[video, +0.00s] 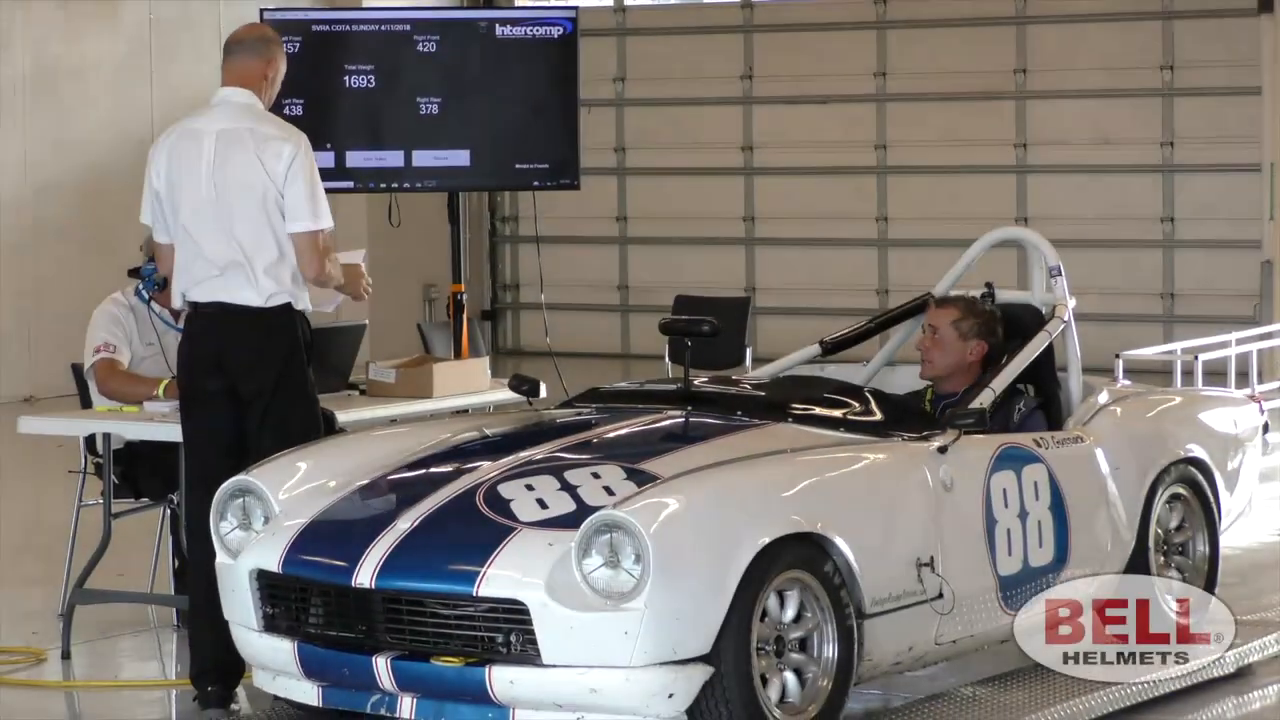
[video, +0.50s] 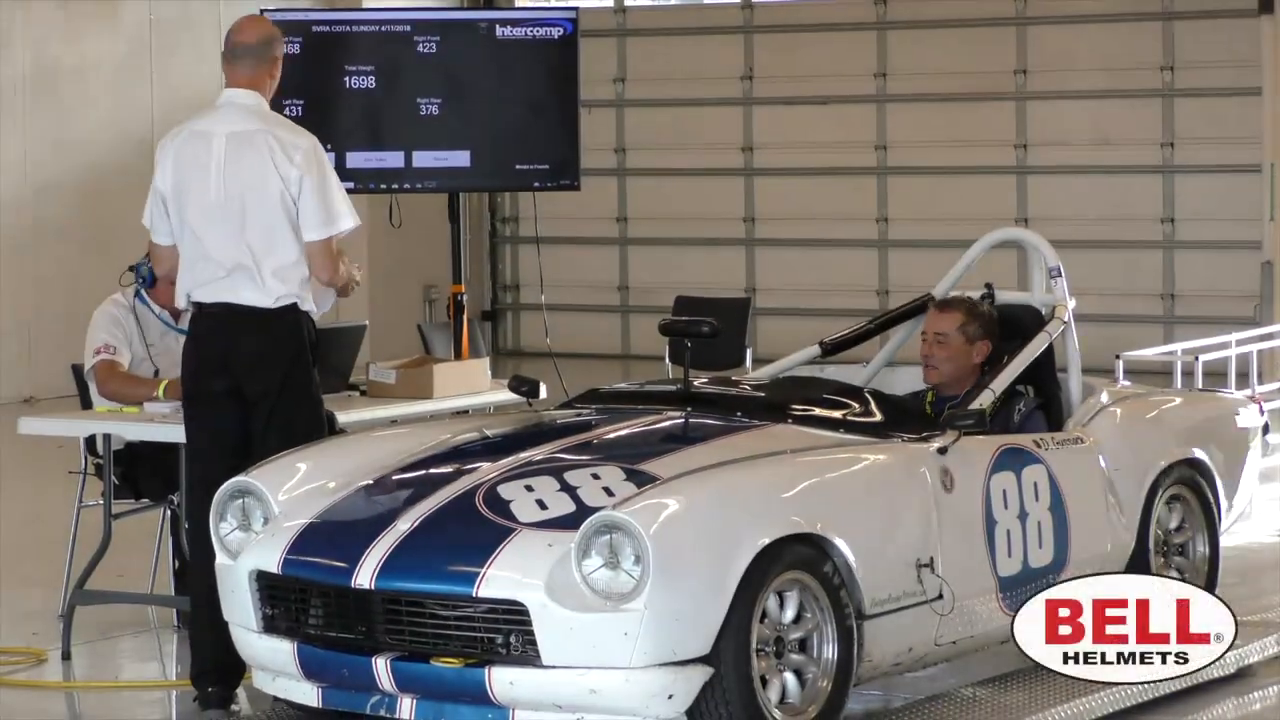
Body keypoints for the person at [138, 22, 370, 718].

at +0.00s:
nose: (281, 85)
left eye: (278, 75)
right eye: (282, 75)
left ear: (223, 69)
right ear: (272, 73)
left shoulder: (171, 142)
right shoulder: (286, 142)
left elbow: (167, 258)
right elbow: (313, 266)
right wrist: (344, 276)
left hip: (200, 336)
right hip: (272, 336)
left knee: (205, 505)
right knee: (286, 493)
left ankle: (212, 680)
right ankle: (289, 670)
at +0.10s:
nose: (280, 90)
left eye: (278, 79)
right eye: (281, 80)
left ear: (222, 71)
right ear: (270, 75)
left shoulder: (170, 143)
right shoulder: (290, 141)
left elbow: (164, 259)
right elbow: (334, 248)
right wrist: (359, 223)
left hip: (201, 337)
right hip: (275, 335)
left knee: (206, 505)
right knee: (291, 494)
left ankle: (211, 680)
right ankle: (293, 672)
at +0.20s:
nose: (288, 83)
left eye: (284, 72)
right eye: (289, 73)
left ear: (228, 67)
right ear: (279, 72)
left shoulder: (174, 141)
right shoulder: (296, 143)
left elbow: (161, 254)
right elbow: (348, 255)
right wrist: (344, 284)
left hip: (205, 334)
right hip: (278, 334)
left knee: (205, 505)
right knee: (289, 493)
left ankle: (212, 681)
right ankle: (290, 673)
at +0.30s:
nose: (288, 82)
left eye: (285, 71)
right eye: (288, 72)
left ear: (228, 69)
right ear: (279, 72)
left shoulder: (178, 143)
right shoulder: (295, 145)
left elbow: (168, 260)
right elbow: (321, 266)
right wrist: (342, 280)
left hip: (207, 334)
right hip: (279, 335)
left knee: (207, 506)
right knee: (291, 494)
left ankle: (212, 682)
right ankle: (291, 674)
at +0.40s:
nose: (288, 81)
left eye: (284, 70)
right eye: (288, 72)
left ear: (228, 68)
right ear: (279, 71)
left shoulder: (177, 144)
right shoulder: (295, 144)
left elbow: (167, 259)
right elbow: (321, 265)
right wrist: (341, 279)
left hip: (206, 335)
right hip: (278, 334)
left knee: (206, 507)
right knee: (290, 494)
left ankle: (212, 682)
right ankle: (291, 673)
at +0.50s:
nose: (279, 74)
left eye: (267, 61)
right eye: (281, 63)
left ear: (223, 64)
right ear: (277, 68)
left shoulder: (176, 144)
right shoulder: (296, 146)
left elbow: (166, 266)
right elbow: (322, 266)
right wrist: (341, 275)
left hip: (206, 339)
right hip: (279, 337)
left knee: (206, 507)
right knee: (293, 494)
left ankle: (212, 683)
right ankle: (293, 675)